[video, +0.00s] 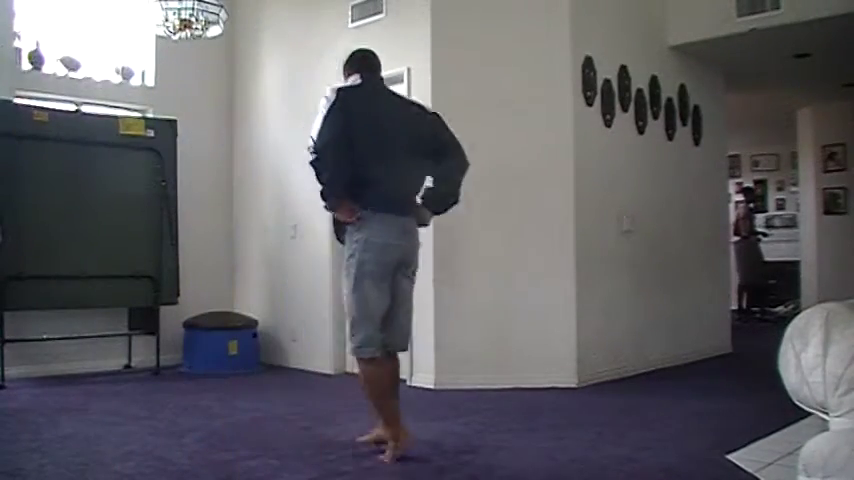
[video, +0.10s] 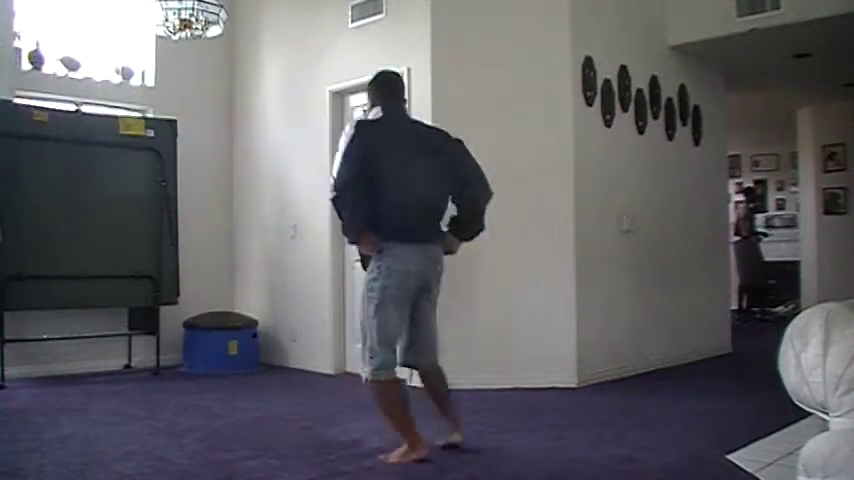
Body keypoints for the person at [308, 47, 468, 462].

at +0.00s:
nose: (346, 85)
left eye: (346, 78)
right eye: (351, 78)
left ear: (349, 75)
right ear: (380, 74)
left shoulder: (345, 101)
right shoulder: (414, 110)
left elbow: (324, 154)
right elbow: (454, 161)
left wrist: (338, 202)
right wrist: (427, 207)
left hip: (369, 227)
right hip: (406, 228)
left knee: (366, 339)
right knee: (390, 337)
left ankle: (396, 434)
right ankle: (386, 424)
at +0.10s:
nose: (369, 106)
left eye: (369, 100)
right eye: (373, 99)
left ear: (372, 100)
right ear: (404, 98)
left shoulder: (364, 133)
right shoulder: (437, 138)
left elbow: (344, 191)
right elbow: (477, 192)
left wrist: (362, 237)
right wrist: (456, 235)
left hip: (390, 259)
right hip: (430, 258)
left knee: (378, 365)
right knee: (424, 355)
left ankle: (412, 443)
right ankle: (454, 427)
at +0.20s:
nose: (402, 101)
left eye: (398, 95)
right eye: (416, 92)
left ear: (397, 97)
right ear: (429, 95)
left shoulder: (387, 141)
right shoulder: (458, 137)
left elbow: (370, 188)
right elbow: (503, 179)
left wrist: (388, 230)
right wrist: (481, 223)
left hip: (415, 257)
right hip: (456, 254)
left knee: (394, 359)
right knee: (466, 345)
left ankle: (415, 444)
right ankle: (502, 423)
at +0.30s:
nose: (438, 84)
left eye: (432, 78)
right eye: (448, 75)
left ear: (428, 80)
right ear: (460, 78)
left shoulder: (414, 120)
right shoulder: (491, 117)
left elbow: (396, 164)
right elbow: (535, 155)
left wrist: (419, 206)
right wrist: (514, 198)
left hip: (444, 234)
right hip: (488, 230)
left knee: (420, 339)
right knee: (515, 330)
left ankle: (417, 435)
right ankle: (539, 412)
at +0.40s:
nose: (474, 84)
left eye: (466, 79)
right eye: (483, 77)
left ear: (460, 82)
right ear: (494, 80)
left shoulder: (444, 119)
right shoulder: (523, 114)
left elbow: (423, 165)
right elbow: (566, 159)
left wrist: (450, 213)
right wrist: (547, 202)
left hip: (473, 233)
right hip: (520, 229)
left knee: (450, 340)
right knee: (554, 331)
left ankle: (437, 433)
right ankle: (578, 418)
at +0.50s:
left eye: (502, 101)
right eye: (520, 101)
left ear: (495, 105)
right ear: (527, 104)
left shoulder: (474, 140)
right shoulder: (556, 138)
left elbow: (450, 193)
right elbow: (594, 185)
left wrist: (473, 232)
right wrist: (579, 228)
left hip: (504, 256)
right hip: (549, 253)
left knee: (488, 358)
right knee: (580, 353)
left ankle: (470, 440)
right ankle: (598, 438)